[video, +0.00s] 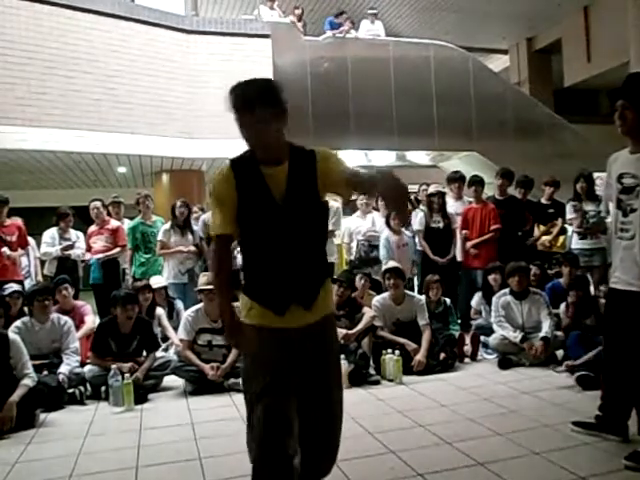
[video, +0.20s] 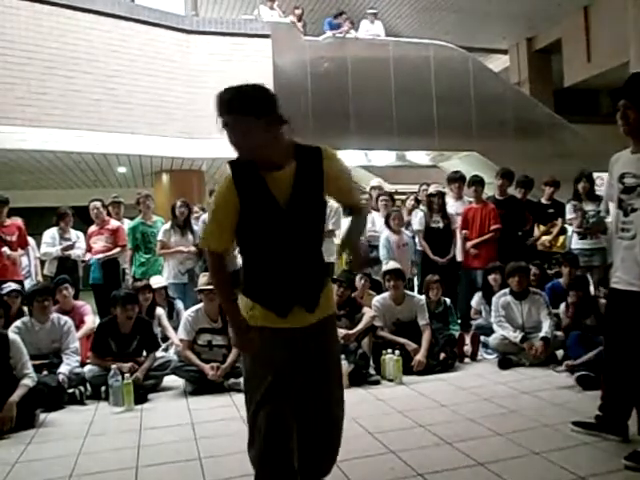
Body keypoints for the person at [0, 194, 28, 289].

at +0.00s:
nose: (2, 211)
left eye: (4, 207)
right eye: (1, 208)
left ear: (7, 208)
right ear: (1, 209)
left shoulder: (17, 225)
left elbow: (24, 247)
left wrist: (16, 254)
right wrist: (8, 253)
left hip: (13, 275)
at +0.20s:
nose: (2, 211)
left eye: (4, 207)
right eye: (1, 208)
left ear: (7, 208)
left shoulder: (17, 225)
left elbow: (24, 247)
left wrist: (16, 254)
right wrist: (8, 253)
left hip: (14, 275)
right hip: (3, 275)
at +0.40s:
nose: (2, 211)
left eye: (4, 207)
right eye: (2, 208)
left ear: (8, 208)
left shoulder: (17, 225)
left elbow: (24, 247)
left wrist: (16, 254)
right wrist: (7, 253)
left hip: (14, 276)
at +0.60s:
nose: (2, 211)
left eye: (4, 208)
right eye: (1, 208)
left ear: (8, 208)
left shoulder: (17, 225)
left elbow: (24, 247)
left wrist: (16, 254)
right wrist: (8, 253)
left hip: (14, 276)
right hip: (3, 276)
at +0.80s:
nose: (2, 213)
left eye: (3, 210)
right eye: (1, 210)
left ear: (7, 209)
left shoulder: (17, 225)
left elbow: (23, 247)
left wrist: (16, 255)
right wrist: (7, 254)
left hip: (14, 276)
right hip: (3, 276)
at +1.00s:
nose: (2, 213)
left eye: (4, 210)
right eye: (1, 210)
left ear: (8, 209)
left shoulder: (17, 225)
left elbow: (23, 247)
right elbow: (3, 248)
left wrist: (17, 255)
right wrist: (7, 254)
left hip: (14, 275)